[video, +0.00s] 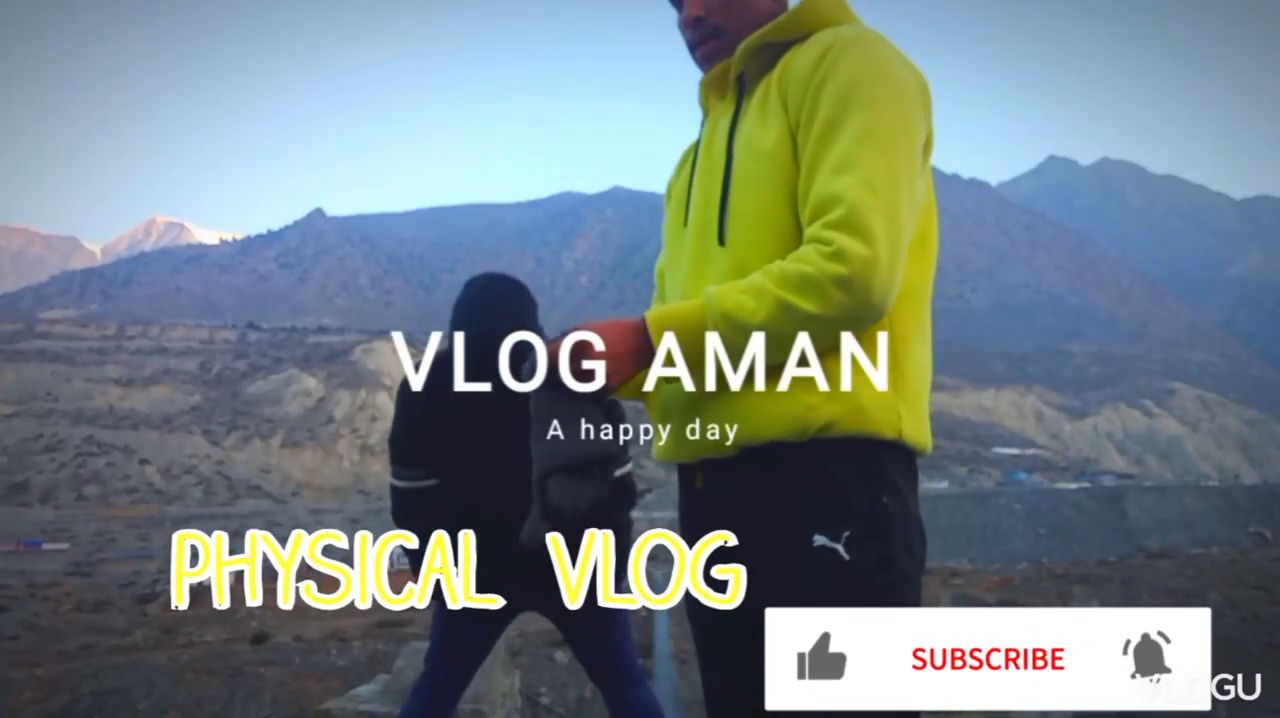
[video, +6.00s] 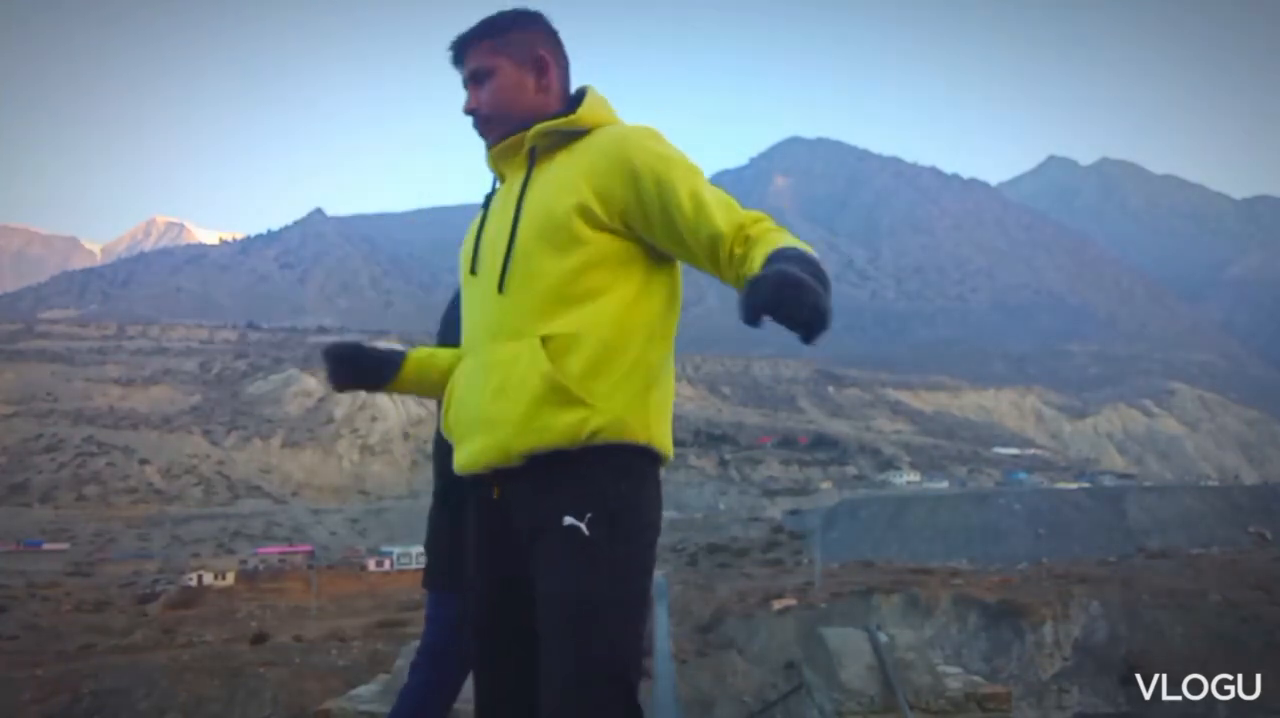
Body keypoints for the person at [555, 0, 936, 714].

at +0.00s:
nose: (688, 13)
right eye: (679, 2)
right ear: (678, 13)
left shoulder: (852, 61)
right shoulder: (694, 157)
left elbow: (854, 271)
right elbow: (683, 318)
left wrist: (651, 340)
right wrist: (627, 365)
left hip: (833, 478)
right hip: (720, 483)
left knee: (841, 702)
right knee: (734, 701)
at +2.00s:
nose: (470, 87)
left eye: (486, 64)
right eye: (453, 77)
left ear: (535, 64)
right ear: (447, 94)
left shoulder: (595, 168)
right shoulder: (451, 211)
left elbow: (522, 320)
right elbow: (420, 345)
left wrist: (354, 333)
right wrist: (318, 335)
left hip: (561, 484)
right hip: (464, 489)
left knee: (564, 699)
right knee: (465, 696)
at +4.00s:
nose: (483, 98)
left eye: (504, 78)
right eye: (470, 84)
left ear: (554, 96)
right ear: (460, 106)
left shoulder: (616, 187)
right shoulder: (439, 212)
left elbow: (730, 151)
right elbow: (319, 207)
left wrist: (645, 88)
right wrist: (410, 132)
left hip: (574, 496)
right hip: (457, 500)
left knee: (587, 698)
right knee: (474, 696)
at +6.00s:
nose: (467, 102)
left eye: (481, 78)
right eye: (465, 85)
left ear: (544, 70)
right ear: (526, 78)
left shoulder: (616, 152)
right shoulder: (491, 214)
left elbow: (735, 233)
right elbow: (495, 370)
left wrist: (782, 265)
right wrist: (390, 368)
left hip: (594, 479)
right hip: (497, 488)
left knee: (588, 696)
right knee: (504, 697)